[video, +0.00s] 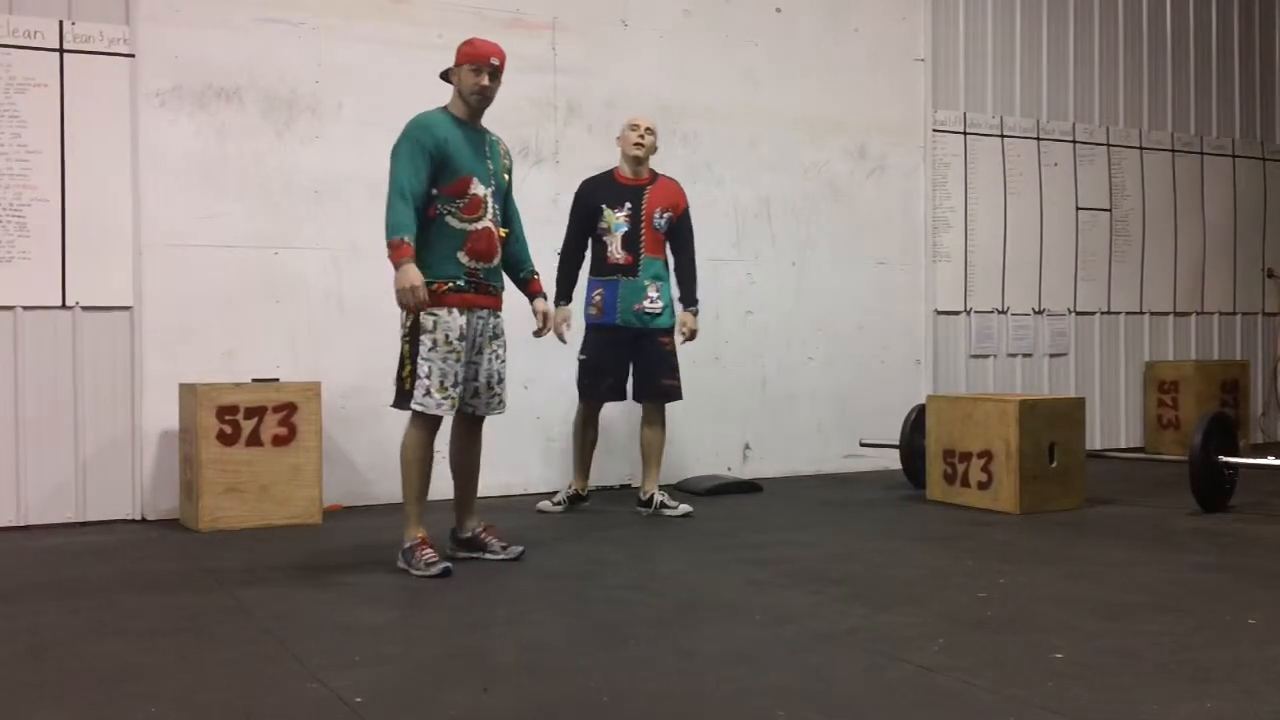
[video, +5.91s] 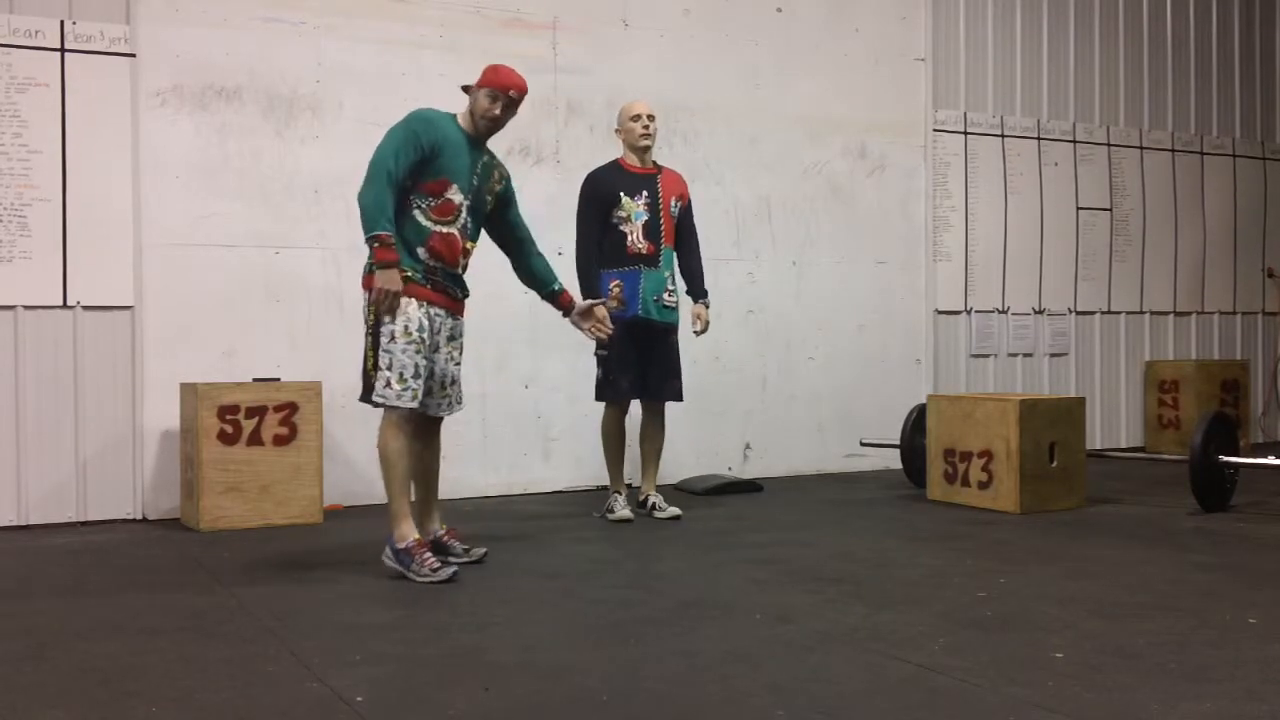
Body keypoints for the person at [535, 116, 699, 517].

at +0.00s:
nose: (642, 135)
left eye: (649, 132)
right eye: (635, 130)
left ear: (656, 147)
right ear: (619, 141)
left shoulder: (671, 192)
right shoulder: (592, 189)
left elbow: (684, 253)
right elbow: (572, 248)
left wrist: (689, 307)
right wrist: (562, 302)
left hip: (656, 319)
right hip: (605, 319)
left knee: (654, 405)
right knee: (589, 404)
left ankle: (650, 491)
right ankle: (578, 486)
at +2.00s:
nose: (580, 141)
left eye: (587, 134)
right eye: (573, 134)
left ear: (596, 142)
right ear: (559, 141)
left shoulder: (615, 187)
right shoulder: (537, 193)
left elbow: (631, 248)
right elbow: (523, 258)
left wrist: (639, 299)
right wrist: (517, 310)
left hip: (612, 315)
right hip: (561, 319)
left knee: (634, 400)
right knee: (566, 404)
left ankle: (652, 489)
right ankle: (574, 489)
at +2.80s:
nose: (643, 140)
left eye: (650, 134)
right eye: (635, 132)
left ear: (657, 141)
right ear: (620, 138)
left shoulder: (667, 189)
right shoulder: (594, 187)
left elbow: (678, 251)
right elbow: (574, 248)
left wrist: (687, 303)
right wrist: (572, 302)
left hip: (653, 316)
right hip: (605, 315)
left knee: (651, 404)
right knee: (590, 402)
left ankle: (647, 488)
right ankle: (578, 487)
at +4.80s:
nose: (643, 134)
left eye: (649, 128)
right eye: (635, 128)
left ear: (656, 133)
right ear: (618, 132)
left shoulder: (669, 182)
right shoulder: (595, 183)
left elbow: (680, 247)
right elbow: (580, 250)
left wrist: (683, 300)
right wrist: (584, 306)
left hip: (658, 314)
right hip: (612, 314)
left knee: (654, 404)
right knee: (616, 405)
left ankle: (647, 492)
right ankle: (615, 492)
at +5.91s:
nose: (646, 125)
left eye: (651, 119)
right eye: (637, 119)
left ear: (658, 129)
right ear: (619, 131)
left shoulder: (674, 182)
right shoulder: (600, 181)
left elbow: (688, 245)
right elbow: (586, 247)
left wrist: (698, 297)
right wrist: (592, 305)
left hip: (661, 311)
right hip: (616, 311)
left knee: (654, 403)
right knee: (617, 402)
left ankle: (649, 491)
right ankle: (617, 493)